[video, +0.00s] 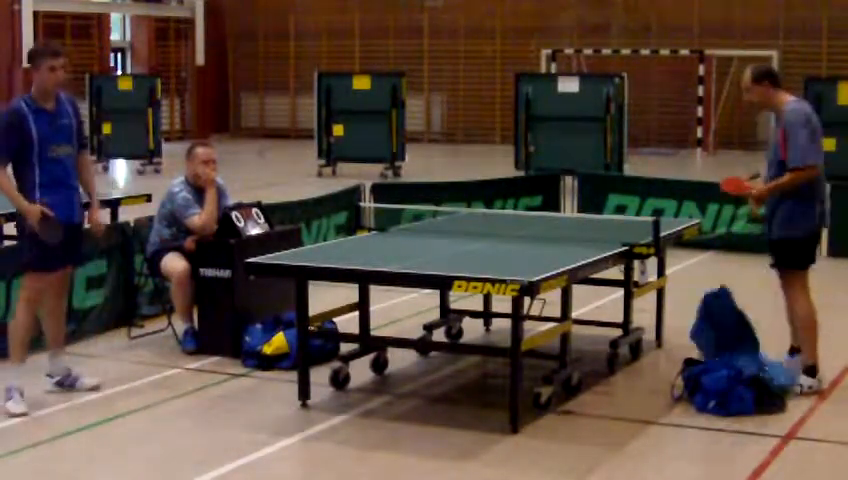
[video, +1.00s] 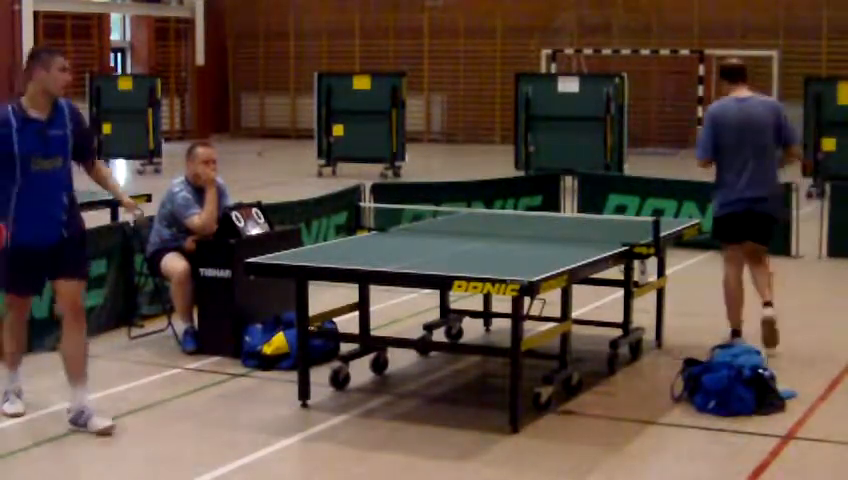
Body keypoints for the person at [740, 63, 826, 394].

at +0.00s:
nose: (746, 98)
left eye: (748, 91)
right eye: (745, 91)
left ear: (765, 86)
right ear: (766, 85)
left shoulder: (796, 115)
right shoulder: (783, 116)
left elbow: (806, 169)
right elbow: (785, 168)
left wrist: (765, 190)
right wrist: (758, 183)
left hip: (798, 220)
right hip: (785, 217)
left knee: (797, 289)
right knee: (790, 287)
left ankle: (811, 371)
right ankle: (796, 355)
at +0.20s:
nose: (747, 94)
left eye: (749, 87)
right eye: (746, 88)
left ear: (765, 84)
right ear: (770, 83)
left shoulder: (780, 116)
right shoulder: (804, 111)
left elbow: (775, 169)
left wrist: (747, 184)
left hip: (785, 216)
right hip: (802, 213)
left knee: (784, 284)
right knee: (781, 283)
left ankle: (802, 362)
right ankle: (791, 353)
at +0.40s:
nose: (747, 91)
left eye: (749, 84)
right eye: (747, 85)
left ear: (763, 82)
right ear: (774, 80)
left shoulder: (769, 112)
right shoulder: (807, 110)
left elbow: (759, 165)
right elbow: (816, 160)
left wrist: (741, 173)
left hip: (773, 210)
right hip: (804, 209)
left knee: (746, 270)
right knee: (789, 275)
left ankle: (782, 331)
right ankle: (792, 352)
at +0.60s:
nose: (745, 90)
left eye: (746, 85)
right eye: (746, 85)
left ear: (752, 84)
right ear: (773, 81)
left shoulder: (752, 113)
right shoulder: (799, 111)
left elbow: (744, 163)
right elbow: (811, 153)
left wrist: (730, 166)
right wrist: (790, 166)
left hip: (757, 210)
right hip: (792, 209)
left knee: (743, 270)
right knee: (786, 276)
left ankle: (742, 340)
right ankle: (790, 350)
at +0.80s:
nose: (731, 94)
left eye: (731, 90)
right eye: (731, 90)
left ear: (737, 87)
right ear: (759, 84)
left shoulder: (734, 116)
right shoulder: (788, 113)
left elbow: (727, 164)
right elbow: (802, 159)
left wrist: (715, 169)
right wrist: (779, 163)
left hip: (744, 209)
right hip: (778, 208)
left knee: (738, 274)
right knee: (775, 273)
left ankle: (735, 336)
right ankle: (789, 337)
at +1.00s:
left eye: (722, 81)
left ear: (723, 81)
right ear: (747, 78)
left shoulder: (715, 111)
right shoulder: (771, 106)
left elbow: (704, 159)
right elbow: (793, 151)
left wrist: (726, 149)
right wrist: (770, 163)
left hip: (731, 199)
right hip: (765, 198)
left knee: (732, 263)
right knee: (758, 256)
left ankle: (736, 333)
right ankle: (768, 306)